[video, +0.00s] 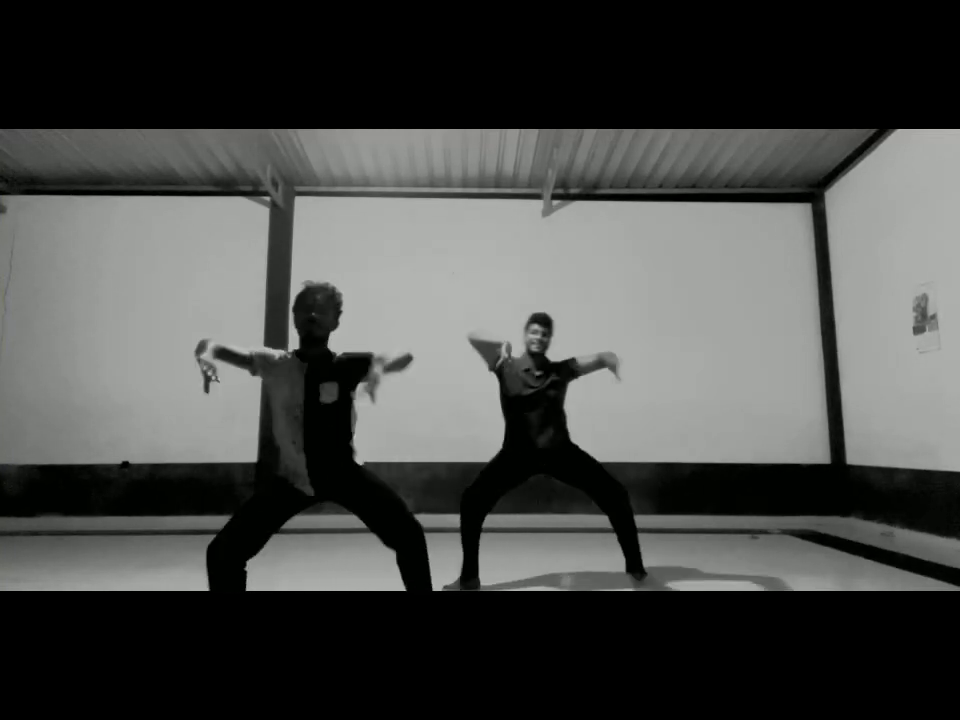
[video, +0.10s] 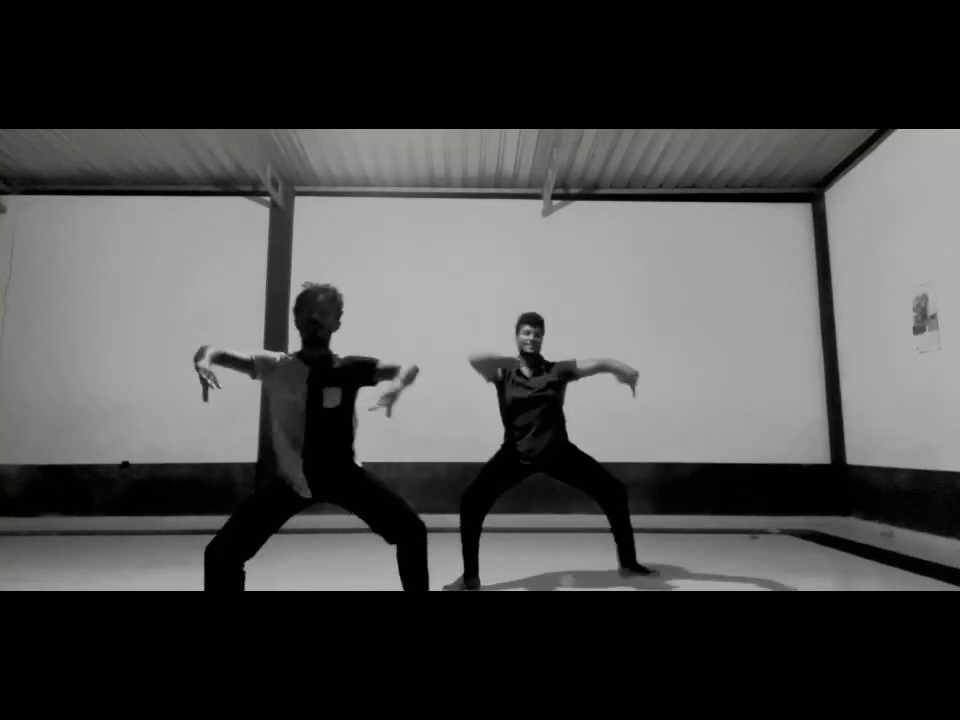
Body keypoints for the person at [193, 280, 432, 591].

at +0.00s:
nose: (311, 315)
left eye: (320, 309)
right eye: (304, 309)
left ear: (336, 320)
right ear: (294, 316)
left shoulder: (348, 366)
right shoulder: (276, 364)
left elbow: (405, 360)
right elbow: (212, 347)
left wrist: (381, 369)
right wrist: (205, 357)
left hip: (344, 477)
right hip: (291, 481)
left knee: (410, 536)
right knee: (223, 554)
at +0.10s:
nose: (314, 319)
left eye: (324, 312)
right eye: (307, 311)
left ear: (337, 322)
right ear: (296, 318)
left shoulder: (350, 369)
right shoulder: (275, 367)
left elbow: (408, 369)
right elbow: (213, 353)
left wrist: (396, 387)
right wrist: (202, 362)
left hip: (343, 480)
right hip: (289, 483)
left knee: (411, 532)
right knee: (221, 555)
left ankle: (418, 591)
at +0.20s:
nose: (325, 322)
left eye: (334, 313)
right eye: (317, 313)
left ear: (347, 320)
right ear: (306, 319)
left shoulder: (362, 371)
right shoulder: (288, 373)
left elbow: (418, 378)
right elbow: (225, 367)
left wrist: (416, 396)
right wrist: (212, 373)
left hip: (350, 483)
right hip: (295, 484)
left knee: (413, 543)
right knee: (226, 554)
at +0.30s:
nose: (339, 324)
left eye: (347, 314)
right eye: (331, 315)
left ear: (360, 320)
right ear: (320, 320)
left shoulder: (379, 371)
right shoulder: (311, 375)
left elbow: (427, 375)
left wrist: (443, 392)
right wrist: (235, 379)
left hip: (364, 483)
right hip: (311, 484)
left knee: (426, 545)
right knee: (239, 555)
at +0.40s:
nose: (356, 319)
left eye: (364, 309)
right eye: (347, 311)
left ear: (375, 314)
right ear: (335, 315)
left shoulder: (397, 367)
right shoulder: (324, 373)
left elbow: (444, 379)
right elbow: (275, 377)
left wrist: (465, 401)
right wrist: (247, 387)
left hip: (382, 481)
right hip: (329, 480)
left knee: (437, 550)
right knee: (255, 546)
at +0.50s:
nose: (365, 308)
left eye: (374, 300)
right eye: (357, 300)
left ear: (387, 305)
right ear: (347, 305)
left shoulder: (405, 360)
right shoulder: (333, 363)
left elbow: (457, 383)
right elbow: (280, 377)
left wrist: (480, 410)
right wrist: (251, 394)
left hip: (390, 474)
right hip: (340, 473)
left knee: (439, 549)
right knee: (269, 539)